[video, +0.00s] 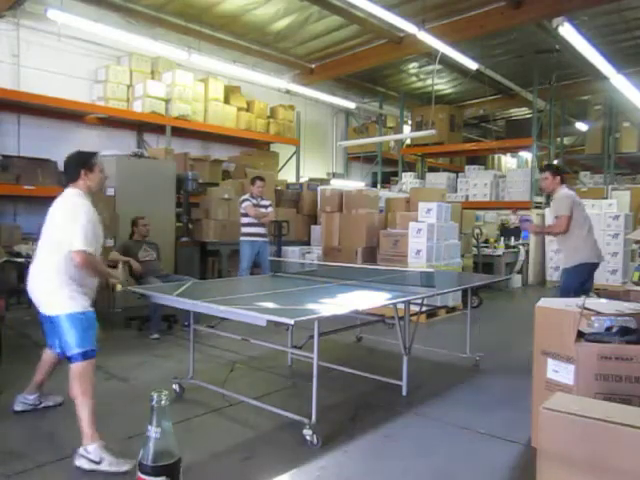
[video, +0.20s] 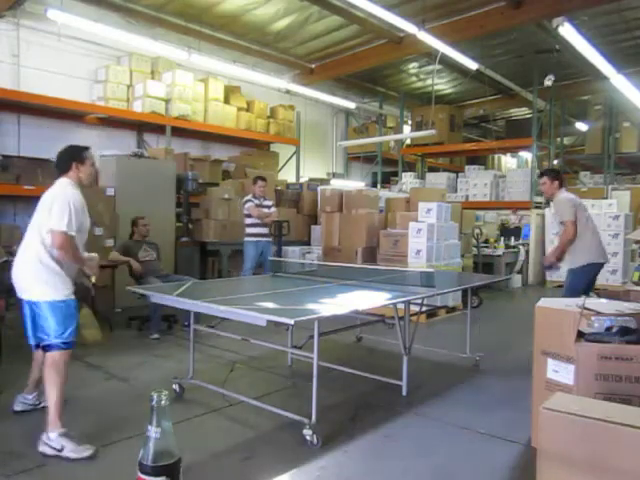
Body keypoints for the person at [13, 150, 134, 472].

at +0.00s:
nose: (105, 175)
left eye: (102, 170)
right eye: (100, 170)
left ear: (80, 175)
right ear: (85, 174)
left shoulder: (66, 200)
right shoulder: (81, 206)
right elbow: (81, 257)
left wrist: (107, 259)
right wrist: (108, 275)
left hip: (46, 287)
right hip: (65, 293)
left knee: (57, 345)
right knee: (83, 360)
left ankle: (30, 394)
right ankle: (91, 445)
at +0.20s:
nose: (95, 169)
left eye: (94, 164)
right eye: (91, 164)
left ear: (71, 167)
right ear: (76, 167)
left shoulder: (59, 190)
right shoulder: (67, 193)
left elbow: (59, 241)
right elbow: (59, 241)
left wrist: (83, 259)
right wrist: (82, 264)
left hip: (33, 278)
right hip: (47, 282)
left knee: (45, 342)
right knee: (59, 350)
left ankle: (30, 393)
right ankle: (54, 434)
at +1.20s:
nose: (84, 179)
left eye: (84, 174)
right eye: (81, 174)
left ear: (56, 174)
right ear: (65, 174)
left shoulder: (29, 197)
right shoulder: (67, 200)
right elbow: (94, 240)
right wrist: (121, 252)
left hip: (7, 282)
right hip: (32, 284)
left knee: (35, 345)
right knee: (42, 350)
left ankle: (30, 396)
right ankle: (32, 431)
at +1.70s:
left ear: (52, 171)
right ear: (70, 172)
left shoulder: (34, 196)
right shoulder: (67, 199)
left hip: (9, 280)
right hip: (35, 284)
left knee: (35, 346)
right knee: (44, 353)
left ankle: (26, 396)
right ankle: (40, 424)